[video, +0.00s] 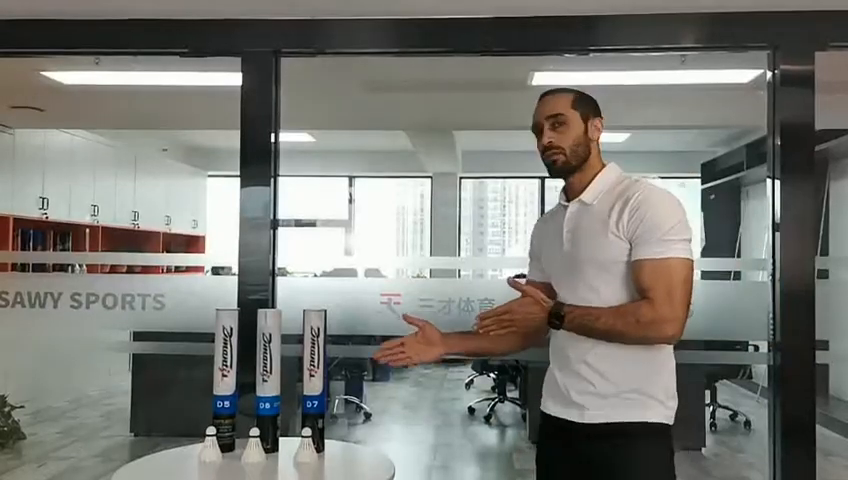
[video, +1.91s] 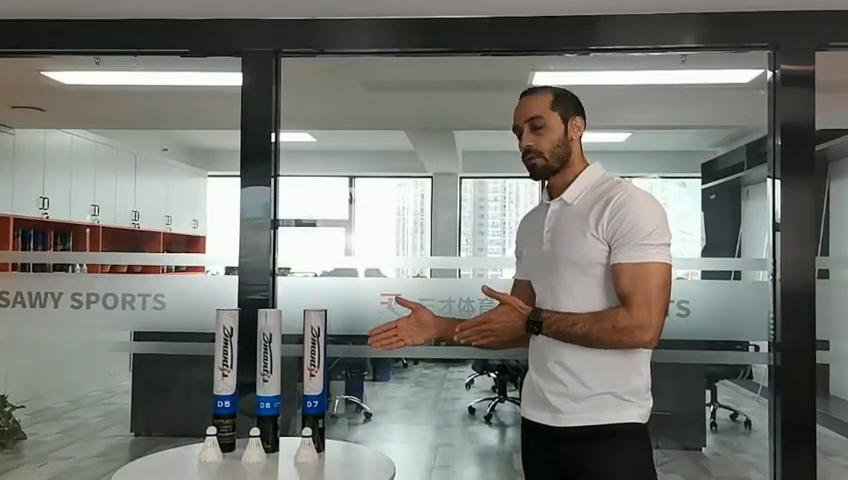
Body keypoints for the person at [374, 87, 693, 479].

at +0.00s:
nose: (545, 140)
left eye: (557, 124)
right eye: (538, 132)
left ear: (595, 128)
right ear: (535, 142)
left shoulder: (650, 205)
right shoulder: (546, 227)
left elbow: (665, 321)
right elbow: (532, 328)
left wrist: (555, 314)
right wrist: (445, 343)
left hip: (633, 425)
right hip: (560, 420)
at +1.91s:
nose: (524, 143)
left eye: (537, 127)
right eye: (519, 134)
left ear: (576, 128)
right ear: (518, 140)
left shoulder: (630, 207)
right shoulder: (532, 224)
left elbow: (642, 327)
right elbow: (521, 325)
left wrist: (534, 322)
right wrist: (441, 327)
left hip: (609, 427)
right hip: (541, 424)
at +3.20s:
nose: (514, 156)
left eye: (524, 139)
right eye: (513, 142)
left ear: (567, 134)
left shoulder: (634, 209)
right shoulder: (530, 222)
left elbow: (647, 330)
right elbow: (492, 318)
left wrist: (536, 306)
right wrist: (409, 306)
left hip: (613, 429)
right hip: (541, 425)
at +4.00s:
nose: (492, 169)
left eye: (500, 151)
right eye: (488, 156)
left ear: (540, 135)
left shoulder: (620, 204)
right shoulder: (510, 224)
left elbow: (658, 326)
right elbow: (495, 326)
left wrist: (543, 320)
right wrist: (411, 347)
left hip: (618, 432)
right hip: (541, 431)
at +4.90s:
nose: (513, 156)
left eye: (520, 139)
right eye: (511, 143)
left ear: (562, 126)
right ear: (561, 127)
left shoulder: (645, 196)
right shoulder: (546, 226)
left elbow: (685, 323)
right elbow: (549, 330)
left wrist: (566, 321)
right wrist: (458, 364)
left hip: (656, 440)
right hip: (573, 432)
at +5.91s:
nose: (410, 160)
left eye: (424, 145)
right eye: (400, 151)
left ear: (458, 155)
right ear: (396, 167)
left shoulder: (525, 207)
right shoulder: (415, 271)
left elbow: (615, 302)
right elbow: (343, 351)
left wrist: (506, 345)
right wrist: (245, 388)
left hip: (605, 439)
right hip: (516, 449)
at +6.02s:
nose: (419, 143)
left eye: (435, 130)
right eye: (411, 134)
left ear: (471, 142)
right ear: (406, 151)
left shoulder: (541, 201)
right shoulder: (424, 256)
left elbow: (624, 301)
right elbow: (363, 350)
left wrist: (510, 340)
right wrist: (261, 377)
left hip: (609, 442)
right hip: (519, 449)